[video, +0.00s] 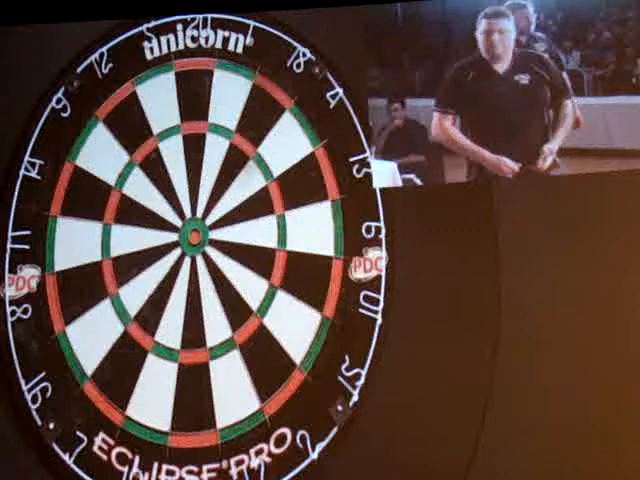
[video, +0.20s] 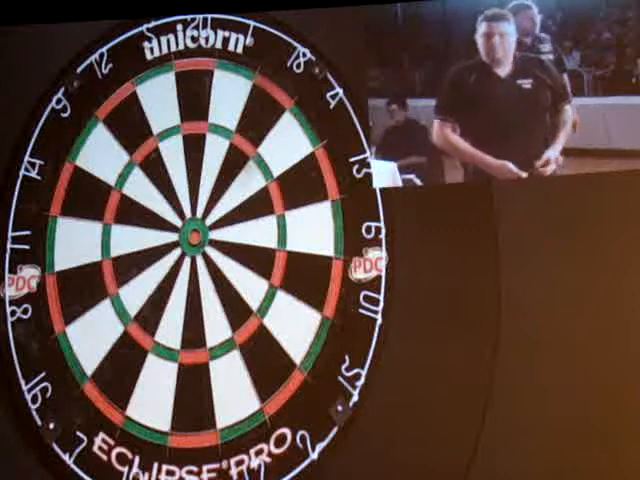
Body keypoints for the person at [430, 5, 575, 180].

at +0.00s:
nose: (493, 39)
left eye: (501, 32)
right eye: (486, 33)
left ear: (514, 36)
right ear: (477, 37)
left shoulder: (539, 65)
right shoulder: (462, 74)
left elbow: (566, 106)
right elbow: (440, 129)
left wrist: (553, 145)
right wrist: (489, 160)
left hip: (537, 181)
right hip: (487, 183)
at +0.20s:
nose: (494, 42)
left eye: (501, 35)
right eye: (487, 36)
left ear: (515, 39)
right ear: (476, 40)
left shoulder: (539, 69)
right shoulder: (461, 77)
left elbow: (565, 109)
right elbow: (441, 134)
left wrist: (555, 150)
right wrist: (492, 165)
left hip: (538, 188)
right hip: (485, 190)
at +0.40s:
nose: (500, 41)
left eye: (508, 34)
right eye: (493, 34)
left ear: (521, 38)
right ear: (482, 39)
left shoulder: (545, 71)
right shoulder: (464, 79)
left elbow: (572, 112)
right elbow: (442, 134)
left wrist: (558, 154)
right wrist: (495, 166)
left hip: (540, 189)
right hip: (487, 190)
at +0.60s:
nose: (503, 40)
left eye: (511, 33)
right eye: (495, 34)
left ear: (524, 38)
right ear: (483, 39)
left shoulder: (545, 72)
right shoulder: (466, 78)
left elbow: (574, 117)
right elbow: (443, 135)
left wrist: (559, 156)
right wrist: (497, 167)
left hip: (540, 190)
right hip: (486, 191)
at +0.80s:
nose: (504, 42)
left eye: (511, 35)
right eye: (496, 36)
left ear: (525, 40)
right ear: (484, 41)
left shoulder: (549, 74)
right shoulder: (466, 82)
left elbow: (575, 124)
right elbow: (447, 141)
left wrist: (560, 159)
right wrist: (504, 171)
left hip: (546, 190)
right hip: (493, 192)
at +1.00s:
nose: (503, 44)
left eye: (510, 36)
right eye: (494, 37)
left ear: (523, 40)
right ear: (483, 43)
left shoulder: (546, 74)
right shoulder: (467, 84)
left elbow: (574, 119)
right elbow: (449, 143)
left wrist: (566, 157)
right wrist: (506, 175)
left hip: (551, 188)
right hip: (499, 192)